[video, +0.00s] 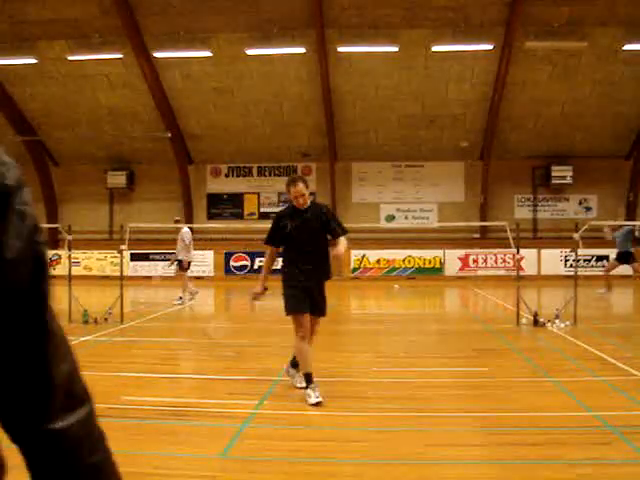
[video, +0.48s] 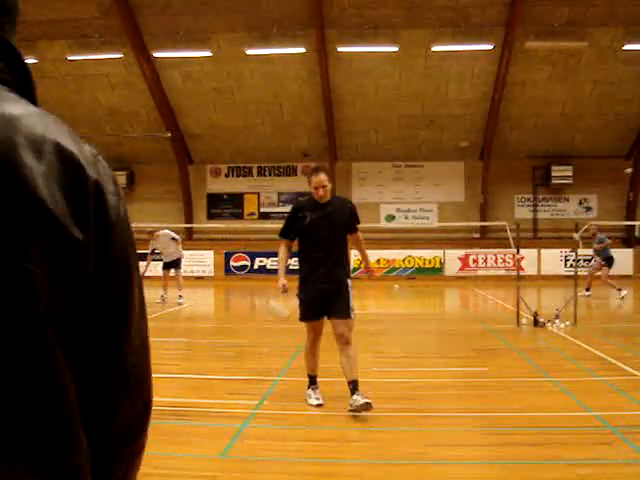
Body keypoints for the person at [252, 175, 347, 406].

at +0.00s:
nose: (300, 200)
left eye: (303, 195)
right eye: (296, 196)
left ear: (308, 192)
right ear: (289, 196)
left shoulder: (322, 212)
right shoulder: (283, 218)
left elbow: (341, 236)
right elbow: (271, 251)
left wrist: (341, 249)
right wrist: (262, 281)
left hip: (317, 278)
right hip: (294, 279)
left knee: (311, 330)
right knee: (302, 331)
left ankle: (293, 366)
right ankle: (310, 384)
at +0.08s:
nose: (300, 198)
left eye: (302, 193)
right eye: (295, 195)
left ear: (308, 189)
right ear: (289, 195)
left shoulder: (324, 209)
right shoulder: (285, 216)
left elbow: (338, 238)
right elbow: (276, 251)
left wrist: (338, 261)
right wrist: (270, 282)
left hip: (321, 276)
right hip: (297, 277)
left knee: (320, 331)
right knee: (303, 332)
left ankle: (301, 356)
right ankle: (310, 385)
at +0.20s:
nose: (303, 194)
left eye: (305, 189)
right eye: (298, 192)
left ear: (312, 186)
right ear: (292, 193)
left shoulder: (330, 206)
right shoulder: (288, 212)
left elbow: (339, 242)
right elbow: (281, 249)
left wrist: (342, 275)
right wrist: (278, 282)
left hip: (328, 278)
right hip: (301, 280)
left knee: (336, 329)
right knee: (306, 332)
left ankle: (320, 361)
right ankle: (310, 385)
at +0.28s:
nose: (304, 194)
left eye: (306, 188)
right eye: (299, 190)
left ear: (314, 184)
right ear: (293, 191)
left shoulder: (331, 207)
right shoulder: (289, 211)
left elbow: (340, 243)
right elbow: (282, 249)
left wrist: (344, 273)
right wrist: (280, 283)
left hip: (329, 277)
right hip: (302, 279)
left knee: (338, 328)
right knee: (307, 333)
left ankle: (325, 367)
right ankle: (310, 385)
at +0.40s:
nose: (313, 191)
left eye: (315, 186)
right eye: (308, 188)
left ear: (322, 183)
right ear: (302, 189)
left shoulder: (338, 206)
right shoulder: (295, 209)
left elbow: (347, 237)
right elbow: (282, 245)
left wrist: (356, 260)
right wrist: (281, 277)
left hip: (334, 278)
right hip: (307, 280)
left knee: (343, 331)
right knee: (310, 334)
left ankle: (348, 389)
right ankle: (312, 387)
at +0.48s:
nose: (321, 191)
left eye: (324, 186)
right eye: (316, 187)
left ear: (331, 185)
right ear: (310, 188)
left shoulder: (344, 207)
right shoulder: (301, 209)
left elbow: (355, 236)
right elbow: (285, 243)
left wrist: (366, 261)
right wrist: (281, 275)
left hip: (338, 281)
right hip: (311, 282)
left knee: (345, 337)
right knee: (314, 335)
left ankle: (355, 393)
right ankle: (312, 387)